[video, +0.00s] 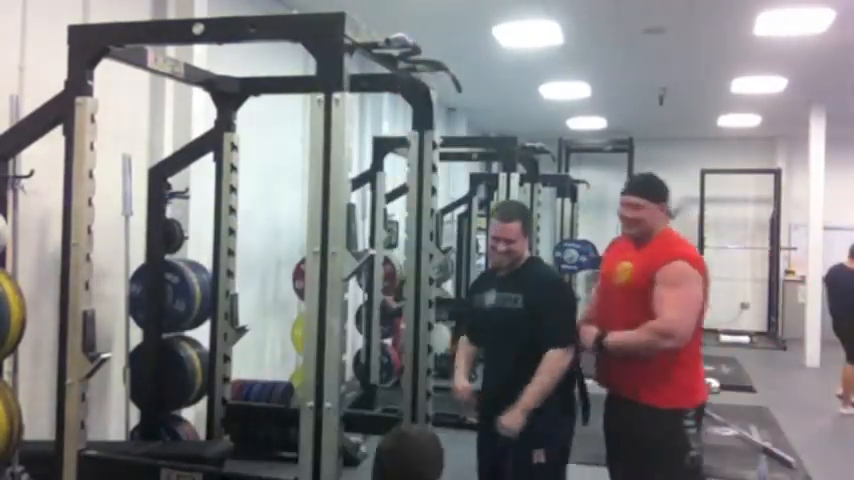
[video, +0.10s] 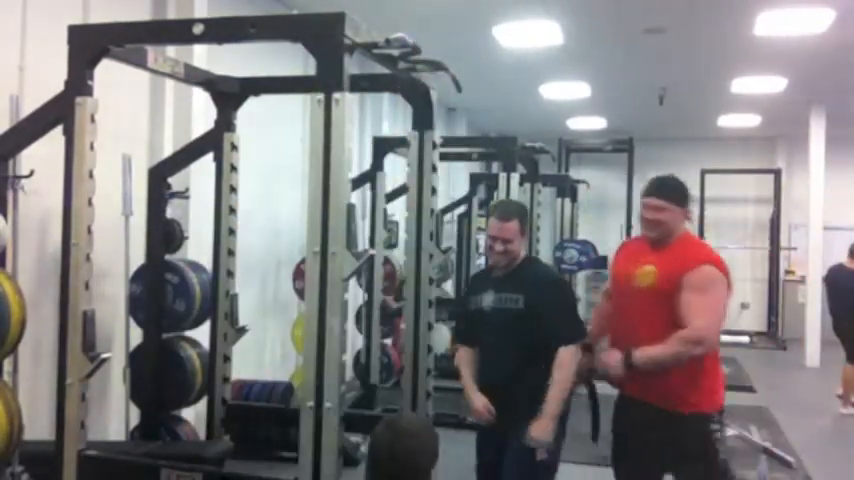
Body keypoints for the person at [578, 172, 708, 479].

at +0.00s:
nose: (627, 215)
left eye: (637, 207)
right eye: (624, 206)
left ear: (662, 210)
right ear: (618, 206)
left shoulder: (678, 259)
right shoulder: (618, 247)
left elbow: (673, 331)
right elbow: (599, 301)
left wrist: (603, 340)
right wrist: (584, 327)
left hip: (662, 406)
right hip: (622, 397)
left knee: (655, 473)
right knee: (621, 471)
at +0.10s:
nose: (650, 216)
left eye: (661, 209)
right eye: (646, 207)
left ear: (685, 214)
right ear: (639, 209)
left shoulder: (701, 264)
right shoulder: (628, 251)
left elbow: (701, 338)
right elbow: (609, 303)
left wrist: (629, 360)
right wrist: (588, 344)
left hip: (689, 413)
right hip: (635, 405)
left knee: (698, 473)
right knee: (631, 473)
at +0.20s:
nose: (673, 219)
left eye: (684, 212)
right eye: (669, 210)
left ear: (707, 218)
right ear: (662, 213)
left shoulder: (731, 270)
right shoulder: (642, 257)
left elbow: (738, 346)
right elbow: (623, 306)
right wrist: (601, 357)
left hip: (712, 420)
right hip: (652, 415)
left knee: (724, 474)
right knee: (645, 473)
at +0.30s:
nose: (700, 221)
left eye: (712, 215)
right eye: (695, 213)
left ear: (734, 220)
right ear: (688, 215)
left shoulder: (762, 274)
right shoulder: (664, 262)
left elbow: (781, 347)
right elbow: (637, 311)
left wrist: (741, 410)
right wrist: (617, 368)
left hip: (739, 425)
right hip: (674, 420)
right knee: (662, 474)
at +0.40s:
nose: (729, 221)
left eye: (741, 215)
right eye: (724, 212)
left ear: (762, 220)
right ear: (716, 213)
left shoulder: (795, 276)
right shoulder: (685, 262)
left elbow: (815, 347)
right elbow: (654, 314)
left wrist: (804, 419)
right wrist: (637, 375)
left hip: (766, 428)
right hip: (697, 421)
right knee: (675, 473)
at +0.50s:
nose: (757, 217)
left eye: (768, 210)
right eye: (750, 207)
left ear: (787, 216)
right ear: (740, 208)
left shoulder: (821, 272)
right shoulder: (701, 259)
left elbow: (844, 340)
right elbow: (668, 313)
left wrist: (846, 412)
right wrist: (658, 379)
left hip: (785, 426)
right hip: (714, 418)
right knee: (696, 473)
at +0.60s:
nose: (781, 215)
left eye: (791, 208)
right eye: (774, 206)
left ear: (808, 213)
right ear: (761, 205)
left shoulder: (836, 268)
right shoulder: (717, 255)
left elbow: (849, 333)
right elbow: (681, 310)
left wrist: (850, 367)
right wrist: (679, 378)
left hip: (800, 422)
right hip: (729, 415)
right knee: (720, 473)